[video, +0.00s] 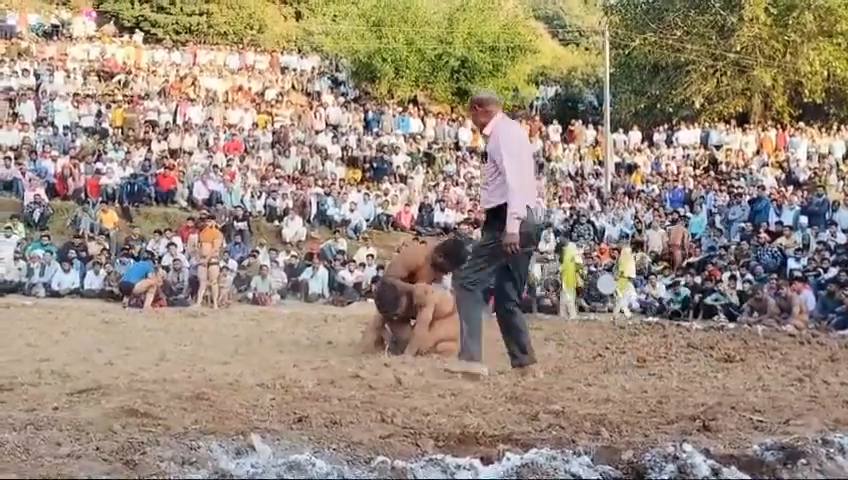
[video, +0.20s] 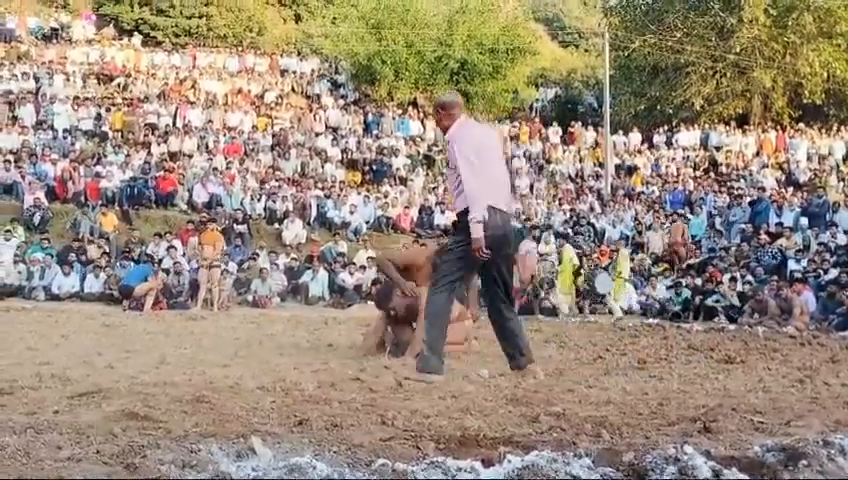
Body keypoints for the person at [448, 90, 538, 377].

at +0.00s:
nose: (472, 120)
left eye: (472, 114)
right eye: (471, 115)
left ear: (482, 109)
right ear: (491, 108)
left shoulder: (504, 131)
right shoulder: (507, 130)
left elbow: (517, 178)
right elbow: (518, 179)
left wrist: (513, 224)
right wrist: (492, 218)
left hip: (506, 219)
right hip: (525, 220)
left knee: (466, 281)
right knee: (506, 296)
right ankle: (524, 361)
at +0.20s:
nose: (437, 123)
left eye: (436, 117)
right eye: (436, 117)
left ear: (445, 113)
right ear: (461, 110)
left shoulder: (458, 136)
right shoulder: (488, 132)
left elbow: (473, 181)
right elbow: (497, 179)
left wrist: (476, 226)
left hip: (475, 220)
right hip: (503, 220)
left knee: (442, 286)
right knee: (498, 295)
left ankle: (431, 359)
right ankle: (521, 359)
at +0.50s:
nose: (394, 121)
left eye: (392, 115)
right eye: (392, 115)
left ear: (398, 108)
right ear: (416, 103)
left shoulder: (413, 130)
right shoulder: (453, 122)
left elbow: (414, 176)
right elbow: (480, 163)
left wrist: (407, 216)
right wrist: (485, 195)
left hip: (450, 206)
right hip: (480, 205)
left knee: (428, 287)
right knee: (478, 286)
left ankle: (431, 359)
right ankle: (506, 352)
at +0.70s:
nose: (389, 112)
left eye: (388, 108)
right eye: (388, 108)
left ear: (391, 101)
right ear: (415, 93)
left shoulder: (400, 124)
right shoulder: (453, 113)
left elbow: (402, 171)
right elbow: (476, 163)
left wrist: (402, 217)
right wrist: (467, 186)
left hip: (431, 200)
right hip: (467, 200)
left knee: (425, 282)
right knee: (460, 282)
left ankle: (432, 356)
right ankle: (455, 342)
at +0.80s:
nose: (390, 107)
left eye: (388, 103)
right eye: (388, 102)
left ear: (393, 97)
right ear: (417, 90)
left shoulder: (398, 120)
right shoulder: (454, 110)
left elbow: (400, 169)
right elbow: (474, 157)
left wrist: (402, 215)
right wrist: (480, 189)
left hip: (425, 198)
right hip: (462, 198)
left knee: (422, 278)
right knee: (452, 282)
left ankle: (430, 347)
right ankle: (435, 347)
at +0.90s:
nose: (395, 100)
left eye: (394, 96)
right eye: (396, 96)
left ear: (397, 93)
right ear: (420, 86)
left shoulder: (398, 119)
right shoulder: (455, 109)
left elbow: (394, 168)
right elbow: (475, 154)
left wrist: (396, 214)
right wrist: (478, 184)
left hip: (419, 198)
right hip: (456, 198)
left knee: (418, 279)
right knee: (444, 284)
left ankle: (430, 347)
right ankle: (424, 361)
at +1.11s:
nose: (401, 91)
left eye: (400, 87)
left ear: (404, 85)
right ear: (430, 79)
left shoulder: (396, 111)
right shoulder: (457, 105)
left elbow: (383, 158)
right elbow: (474, 154)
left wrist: (374, 204)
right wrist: (483, 200)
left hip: (412, 199)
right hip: (451, 199)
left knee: (407, 278)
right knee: (442, 285)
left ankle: (424, 344)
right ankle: (426, 363)